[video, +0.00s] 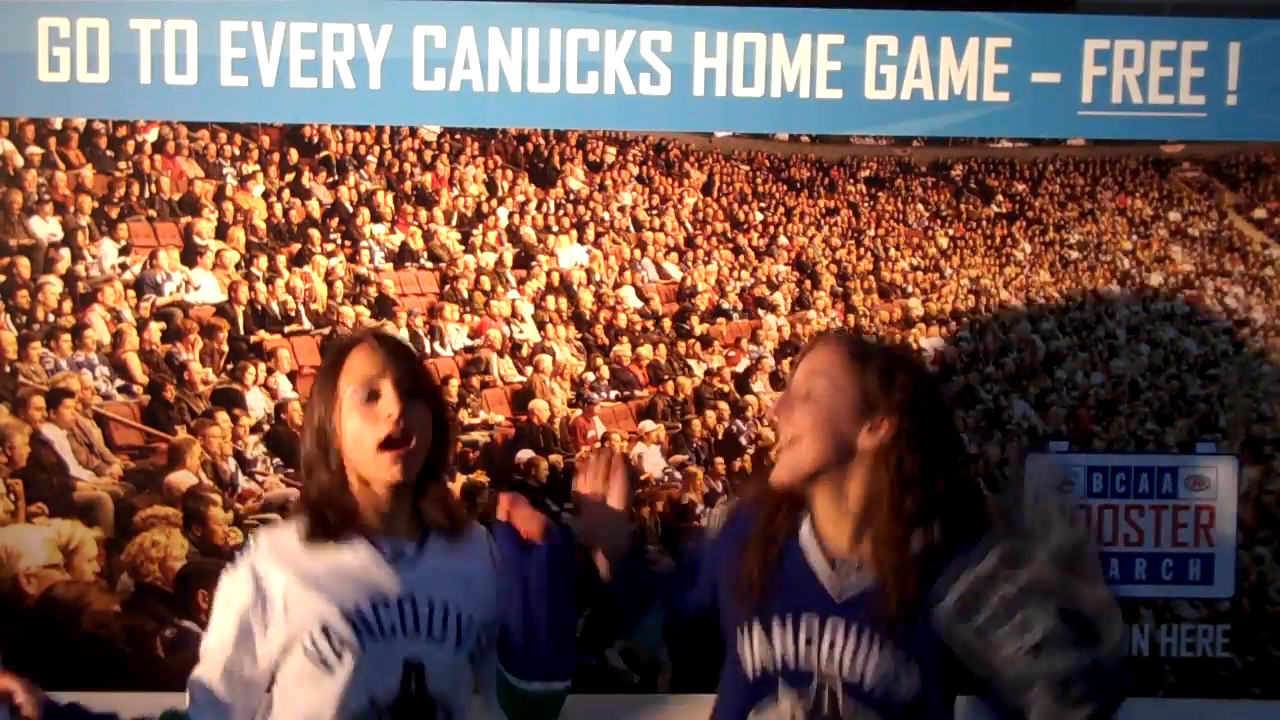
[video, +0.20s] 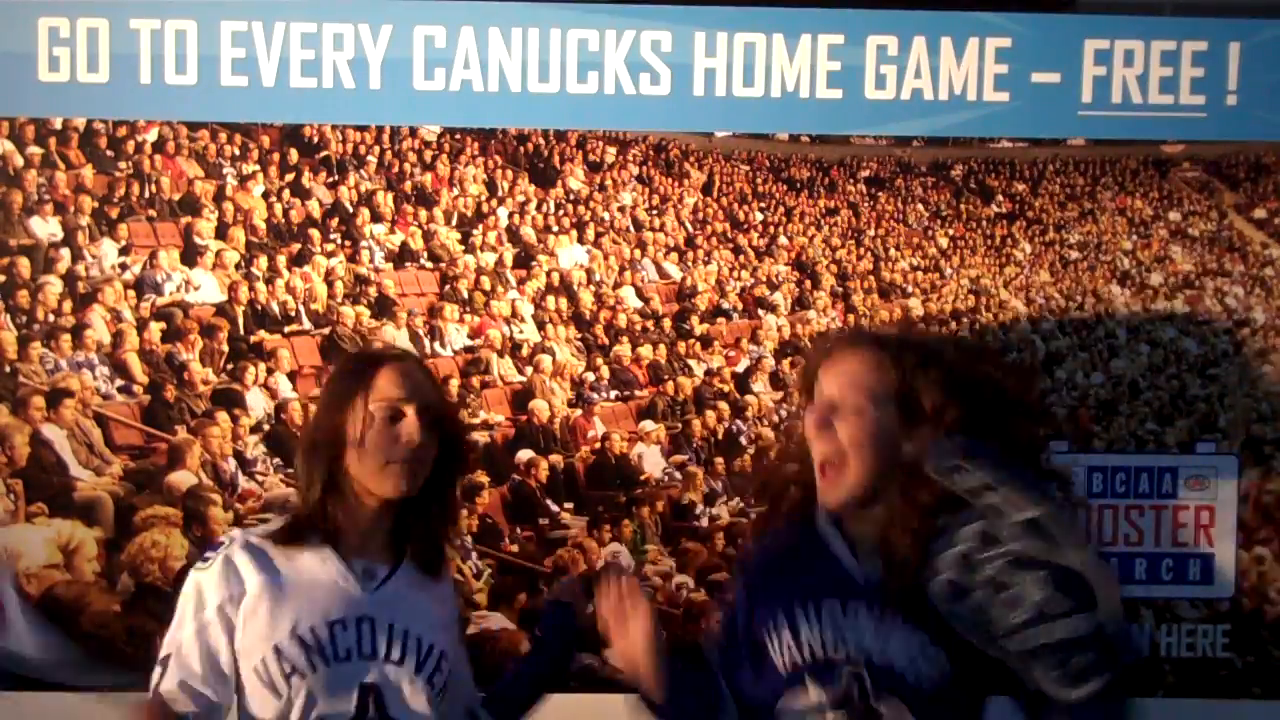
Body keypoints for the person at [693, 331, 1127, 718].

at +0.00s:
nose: (774, 410)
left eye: (801, 392)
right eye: (785, 392)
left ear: (875, 428)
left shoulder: (954, 563)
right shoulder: (745, 536)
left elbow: (1064, 692)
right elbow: (672, 633)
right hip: (745, 711)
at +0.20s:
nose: (813, 428)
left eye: (842, 410)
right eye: (812, 408)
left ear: (913, 430)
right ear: (802, 420)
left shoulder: (979, 562)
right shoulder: (777, 565)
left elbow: (1081, 692)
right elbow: (731, 707)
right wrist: (655, 676)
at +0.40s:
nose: (839, 400)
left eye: (865, 389)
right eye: (827, 386)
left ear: (915, 422)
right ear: (805, 416)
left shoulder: (987, 534)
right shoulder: (781, 555)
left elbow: (1082, 648)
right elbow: (698, 679)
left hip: (971, 710)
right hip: (834, 709)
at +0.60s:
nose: (862, 443)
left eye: (888, 432)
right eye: (847, 417)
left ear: (914, 456)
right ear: (807, 421)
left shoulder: (954, 573)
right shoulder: (757, 554)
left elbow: (1036, 701)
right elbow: (630, 567)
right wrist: (639, 448)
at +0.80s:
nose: (867, 372)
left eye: (889, 357)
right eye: (847, 357)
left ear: (924, 387)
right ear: (818, 390)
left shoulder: (996, 503)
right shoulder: (779, 528)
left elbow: (1138, 613)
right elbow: (698, 666)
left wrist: (1152, 502)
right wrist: (637, 593)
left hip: (963, 711)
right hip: (823, 712)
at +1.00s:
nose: (864, 448)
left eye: (877, 418)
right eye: (847, 440)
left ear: (934, 416)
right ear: (840, 472)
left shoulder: (1047, 561)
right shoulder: (828, 591)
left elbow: (1157, 613)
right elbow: (760, 709)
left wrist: (1109, 470)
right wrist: (674, 652)